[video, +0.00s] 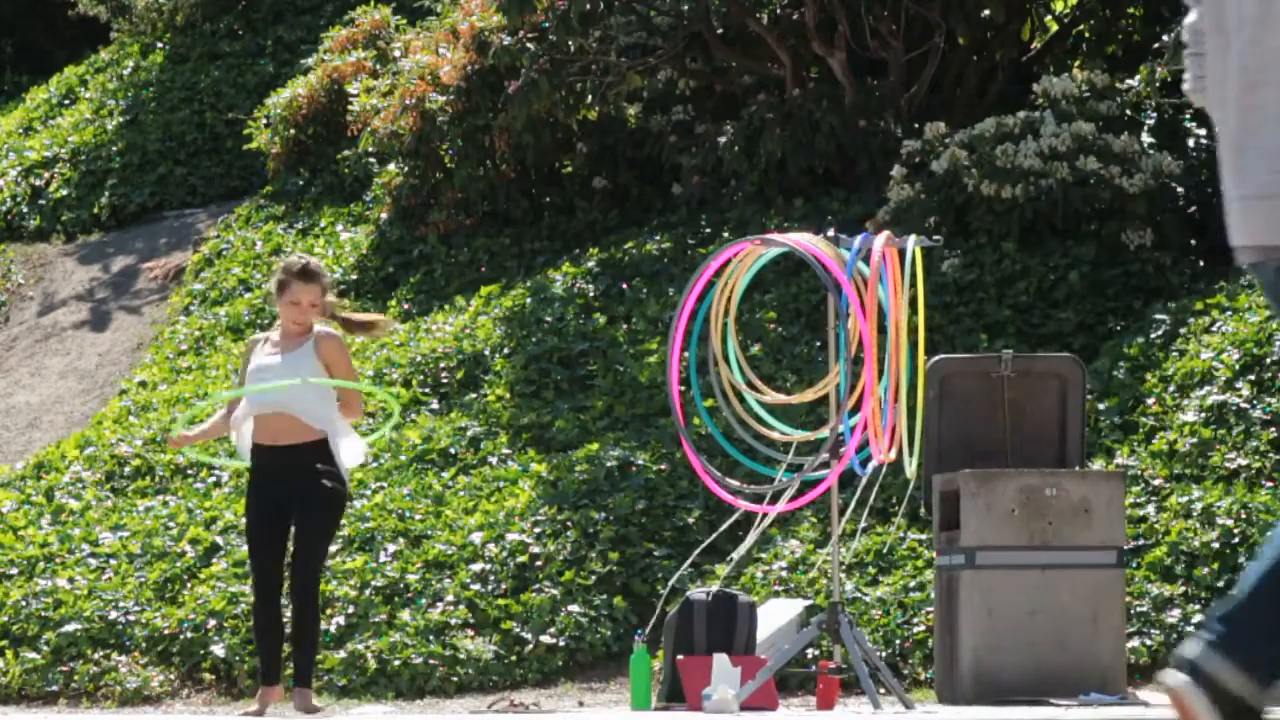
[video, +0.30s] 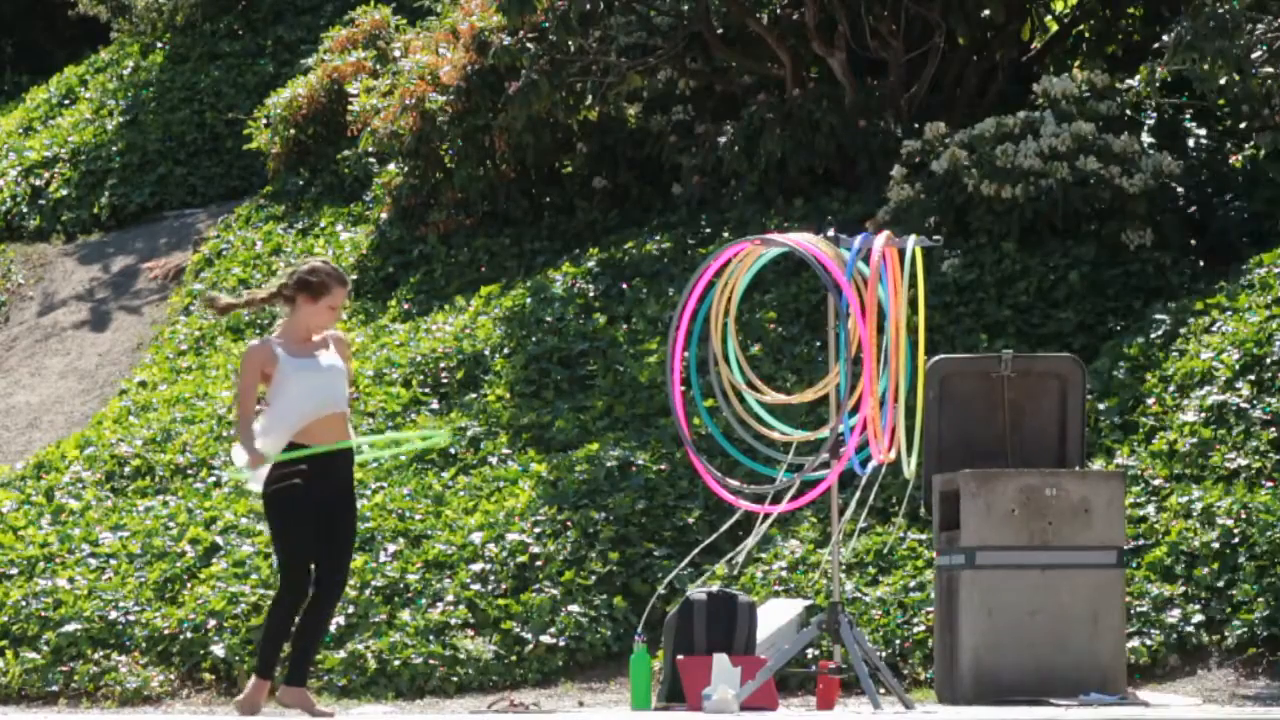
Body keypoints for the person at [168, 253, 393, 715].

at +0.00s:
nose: (304, 312)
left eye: (313, 304)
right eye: (295, 303)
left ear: (322, 304)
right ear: (277, 299)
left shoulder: (326, 343)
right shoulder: (259, 347)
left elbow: (354, 408)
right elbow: (240, 410)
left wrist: (309, 409)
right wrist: (197, 435)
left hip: (317, 468)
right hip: (266, 470)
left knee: (304, 580)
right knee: (265, 582)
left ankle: (303, 688)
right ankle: (269, 686)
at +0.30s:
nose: (338, 315)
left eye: (341, 308)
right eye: (334, 306)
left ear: (319, 305)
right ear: (304, 300)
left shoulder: (336, 344)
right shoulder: (261, 353)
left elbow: (342, 403)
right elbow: (243, 417)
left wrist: (352, 448)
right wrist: (251, 450)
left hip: (337, 469)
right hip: (290, 471)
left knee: (332, 581)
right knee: (296, 582)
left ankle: (295, 685)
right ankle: (261, 680)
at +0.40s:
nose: (344, 317)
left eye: (346, 309)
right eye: (341, 308)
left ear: (322, 303)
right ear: (313, 301)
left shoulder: (329, 342)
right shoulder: (275, 352)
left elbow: (334, 403)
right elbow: (263, 419)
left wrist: (352, 449)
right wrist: (293, 459)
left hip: (339, 470)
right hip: (303, 472)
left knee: (332, 582)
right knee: (319, 581)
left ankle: (295, 685)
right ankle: (257, 670)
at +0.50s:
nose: (346, 314)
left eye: (347, 306)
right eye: (343, 305)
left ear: (322, 303)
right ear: (320, 301)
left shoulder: (320, 345)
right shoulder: (294, 351)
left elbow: (321, 410)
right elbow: (290, 419)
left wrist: (347, 449)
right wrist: (333, 458)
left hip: (329, 476)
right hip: (312, 479)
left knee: (336, 583)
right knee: (337, 583)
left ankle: (294, 684)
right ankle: (265, 663)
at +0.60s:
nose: (349, 311)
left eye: (350, 302)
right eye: (346, 302)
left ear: (315, 301)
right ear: (327, 301)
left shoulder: (296, 347)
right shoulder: (313, 351)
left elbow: (281, 415)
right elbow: (324, 420)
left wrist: (329, 429)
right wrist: (374, 457)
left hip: (308, 480)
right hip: (325, 481)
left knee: (332, 577)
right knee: (351, 580)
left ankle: (295, 674)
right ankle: (292, 668)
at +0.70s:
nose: (351, 308)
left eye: (351, 299)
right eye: (350, 299)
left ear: (315, 298)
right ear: (339, 299)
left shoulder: (293, 347)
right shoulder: (333, 348)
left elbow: (271, 411)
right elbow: (358, 420)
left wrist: (315, 422)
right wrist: (413, 457)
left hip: (301, 484)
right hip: (342, 481)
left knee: (322, 581)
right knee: (356, 579)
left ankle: (293, 684)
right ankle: (334, 669)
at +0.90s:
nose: (307, 304)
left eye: (307, 297)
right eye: (310, 297)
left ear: (314, 298)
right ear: (350, 295)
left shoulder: (297, 344)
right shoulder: (377, 344)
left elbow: (277, 410)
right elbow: (411, 409)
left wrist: (340, 420)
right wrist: (446, 452)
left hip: (306, 471)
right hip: (363, 470)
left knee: (316, 577)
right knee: (366, 583)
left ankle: (292, 682)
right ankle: (405, 679)